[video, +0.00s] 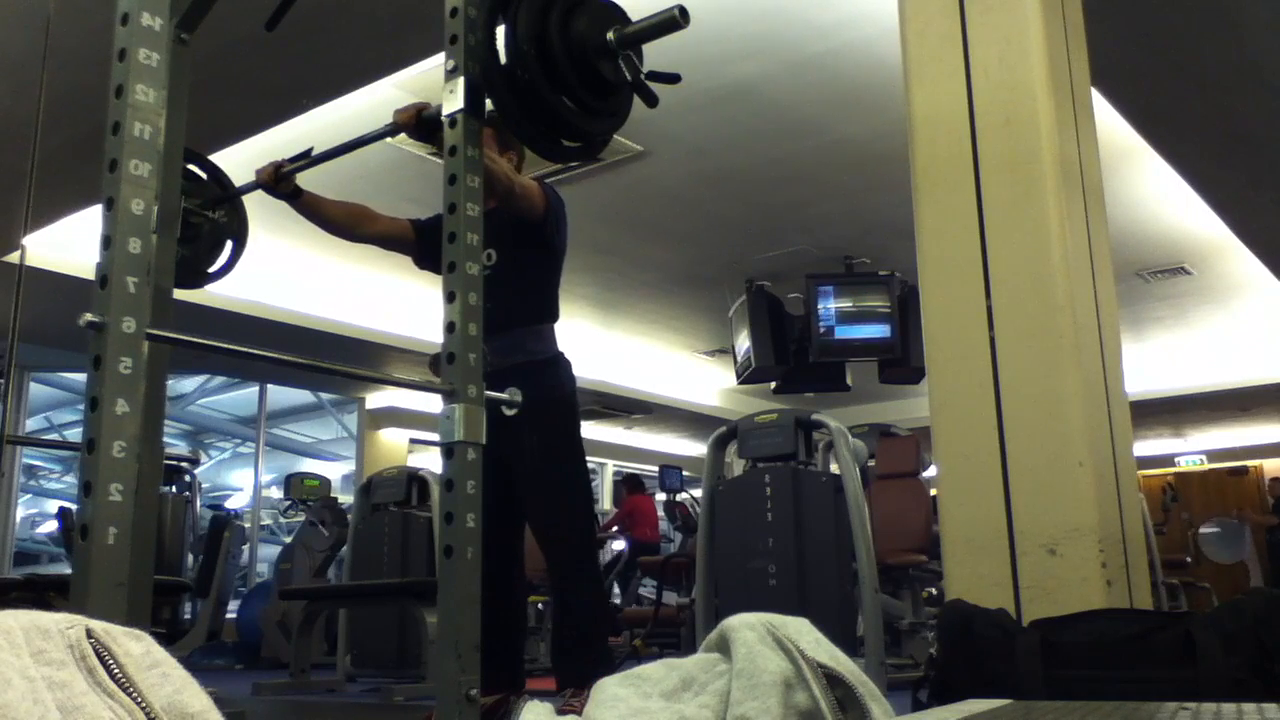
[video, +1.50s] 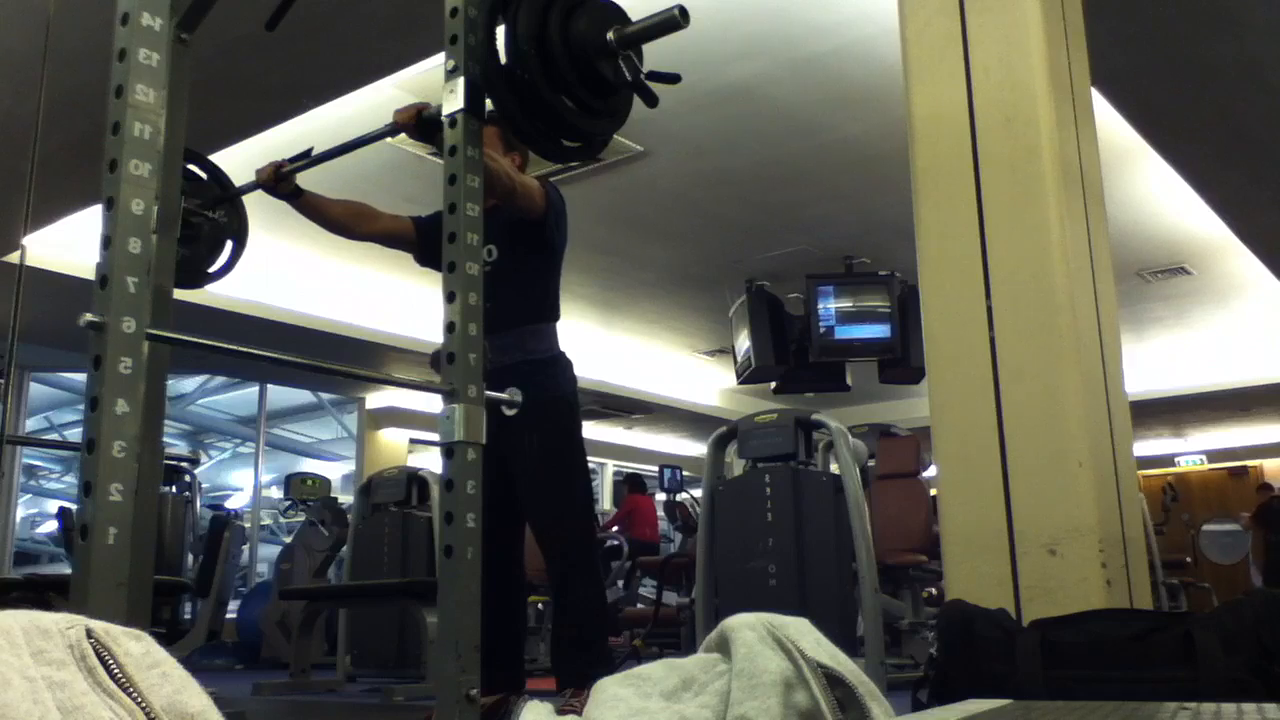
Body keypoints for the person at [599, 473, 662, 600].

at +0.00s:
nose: (624, 491)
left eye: (625, 488)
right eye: (624, 488)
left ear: (629, 488)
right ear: (641, 486)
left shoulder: (631, 501)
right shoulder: (649, 500)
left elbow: (617, 519)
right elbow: (634, 523)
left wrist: (602, 529)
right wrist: (617, 532)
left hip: (637, 546)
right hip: (654, 546)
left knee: (609, 569)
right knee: (625, 572)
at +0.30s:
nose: (625, 491)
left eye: (626, 488)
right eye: (626, 488)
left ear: (630, 488)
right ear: (643, 487)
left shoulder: (631, 500)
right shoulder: (650, 500)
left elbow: (616, 520)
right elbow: (639, 521)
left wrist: (601, 529)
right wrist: (621, 529)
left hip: (637, 547)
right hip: (654, 547)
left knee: (614, 559)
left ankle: (617, 602)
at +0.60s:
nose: (624, 490)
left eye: (625, 487)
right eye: (624, 487)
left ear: (629, 487)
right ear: (643, 486)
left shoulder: (631, 500)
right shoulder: (649, 500)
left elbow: (616, 520)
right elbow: (635, 522)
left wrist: (600, 530)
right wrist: (617, 533)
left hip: (636, 544)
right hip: (653, 545)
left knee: (605, 553)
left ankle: (610, 584)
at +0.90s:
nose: (623, 491)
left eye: (624, 487)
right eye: (623, 488)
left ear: (629, 487)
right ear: (642, 486)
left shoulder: (631, 500)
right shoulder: (649, 500)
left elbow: (617, 519)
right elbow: (635, 522)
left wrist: (601, 529)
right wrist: (618, 532)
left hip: (637, 545)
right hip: (654, 545)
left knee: (621, 573)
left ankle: (629, 601)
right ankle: (635, 600)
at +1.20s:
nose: (626, 490)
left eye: (627, 487)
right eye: (626, 487)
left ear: (630, 488)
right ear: (644, 488)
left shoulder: (631, 500)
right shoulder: (650, 501)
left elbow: (618, 518)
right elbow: (639, 521)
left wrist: (602, 529)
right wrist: (621, 529)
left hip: (636, 546)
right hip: (654, 546)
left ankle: (618, 604)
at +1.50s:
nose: (624, 489)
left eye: (626, 486)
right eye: (624, 486)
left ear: (630, 486)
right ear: (642, 486)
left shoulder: (631, 500)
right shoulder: (649, 500)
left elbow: (616, 519)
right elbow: (633, 524)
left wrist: (601, 529)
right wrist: (614, 534)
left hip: (637, 546)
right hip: (654, 547)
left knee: (605, 553)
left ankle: (611, 586)